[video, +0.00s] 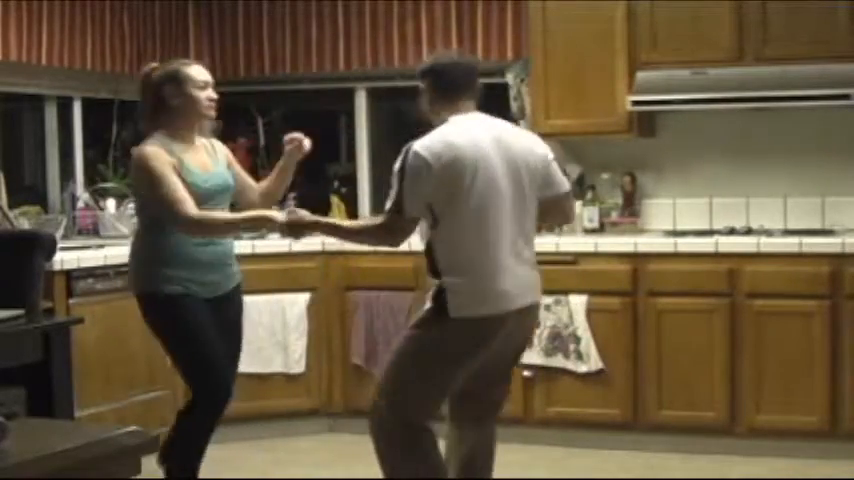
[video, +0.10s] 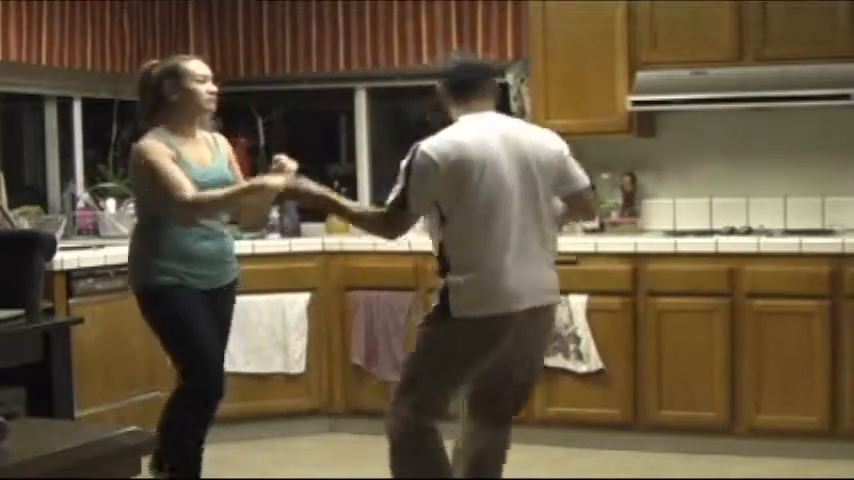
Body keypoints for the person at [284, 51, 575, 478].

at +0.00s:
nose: (421, 105)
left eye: (421, 95)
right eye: (422, 95)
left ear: (430, 95)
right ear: (476, 93)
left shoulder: (426, 152)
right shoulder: (526, 142)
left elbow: (392, 233)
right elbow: (562, 210)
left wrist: (315, 224)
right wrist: (502, 215)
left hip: (465, 312)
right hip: (523, 308)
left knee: (395, 416)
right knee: (475, 416)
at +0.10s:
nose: (438, 105)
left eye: (440, 98)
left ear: (445, 97)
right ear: (494, 93)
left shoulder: (435, 152)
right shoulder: (544, 142)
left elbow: (391, 225)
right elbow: (585, 208)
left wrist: (320, 196)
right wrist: (536, 215)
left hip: (474, 309)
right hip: (539, 305)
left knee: (411, 418)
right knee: (491, 420)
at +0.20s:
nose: (523, 99)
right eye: (522, 93)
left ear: (467, 100)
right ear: (517, 94)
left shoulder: (447, 150)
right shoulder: (563, 145)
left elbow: (395, 210)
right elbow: (606, 213)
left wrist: (346, 160)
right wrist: (611, 195)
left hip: (484, 306)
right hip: (554, 304)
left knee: (438, 418)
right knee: (515, 406)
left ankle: (443, 473)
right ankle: (488, 473)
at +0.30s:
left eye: (488, 94)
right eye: (541, 92)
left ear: (491, 96)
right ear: (541, 92)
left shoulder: (471, 151)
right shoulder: (589, 147)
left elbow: (428, 205)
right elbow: (622, 219)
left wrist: (384, 165)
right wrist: (630, 199)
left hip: (504, 309)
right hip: (572, 307)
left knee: (449, 424)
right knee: (548, 395)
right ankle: (556, 474)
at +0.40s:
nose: (513, 104)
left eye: (513, 97)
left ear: (519, 98)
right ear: (568, 95)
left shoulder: (500, 151)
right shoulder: (619, 147)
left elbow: (466, 213)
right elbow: (649, 220)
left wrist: (409, 195)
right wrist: (670, 221)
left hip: (533, 313)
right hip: (601, 310)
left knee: (470, 420)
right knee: (587, 413)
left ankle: (456, 474)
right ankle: (612, 474)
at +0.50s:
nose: (529, 104)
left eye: (531, 96)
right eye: (531, 96)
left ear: (542, 96)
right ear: (589, 94)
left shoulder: (522, 152)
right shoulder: (642, 143)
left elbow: (487, 217)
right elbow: (687, 216)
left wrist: (418, 200)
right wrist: (704, 221)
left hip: (563, 309)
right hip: (630, 307)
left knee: (483, 397)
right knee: (610, 433)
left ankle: (485, 475)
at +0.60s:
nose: (546, 95)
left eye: (546, 90)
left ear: (552, 90)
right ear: (603, 89)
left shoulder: (536, 146)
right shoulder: (653, 140)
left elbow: (497, 213)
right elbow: (703, 211)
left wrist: (430, 193)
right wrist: (703, 198)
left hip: (580, 302)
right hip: (647, 300)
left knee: (505, 386)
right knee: (620, 439)